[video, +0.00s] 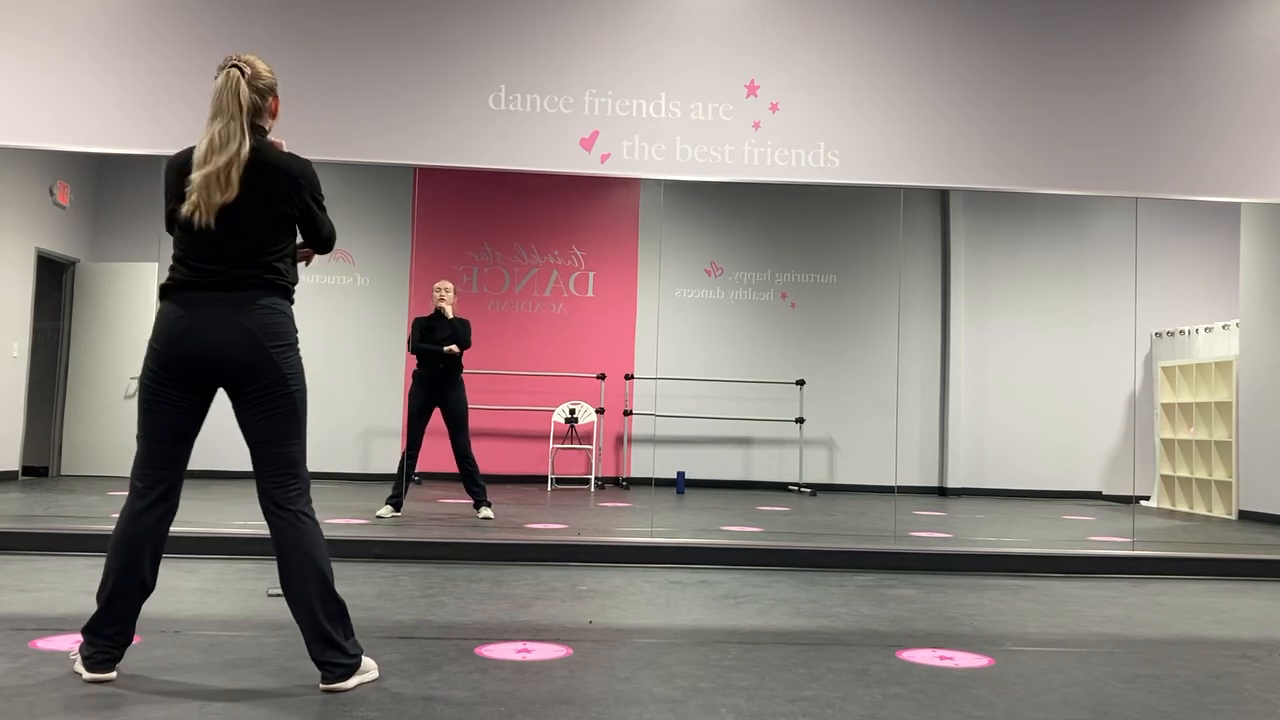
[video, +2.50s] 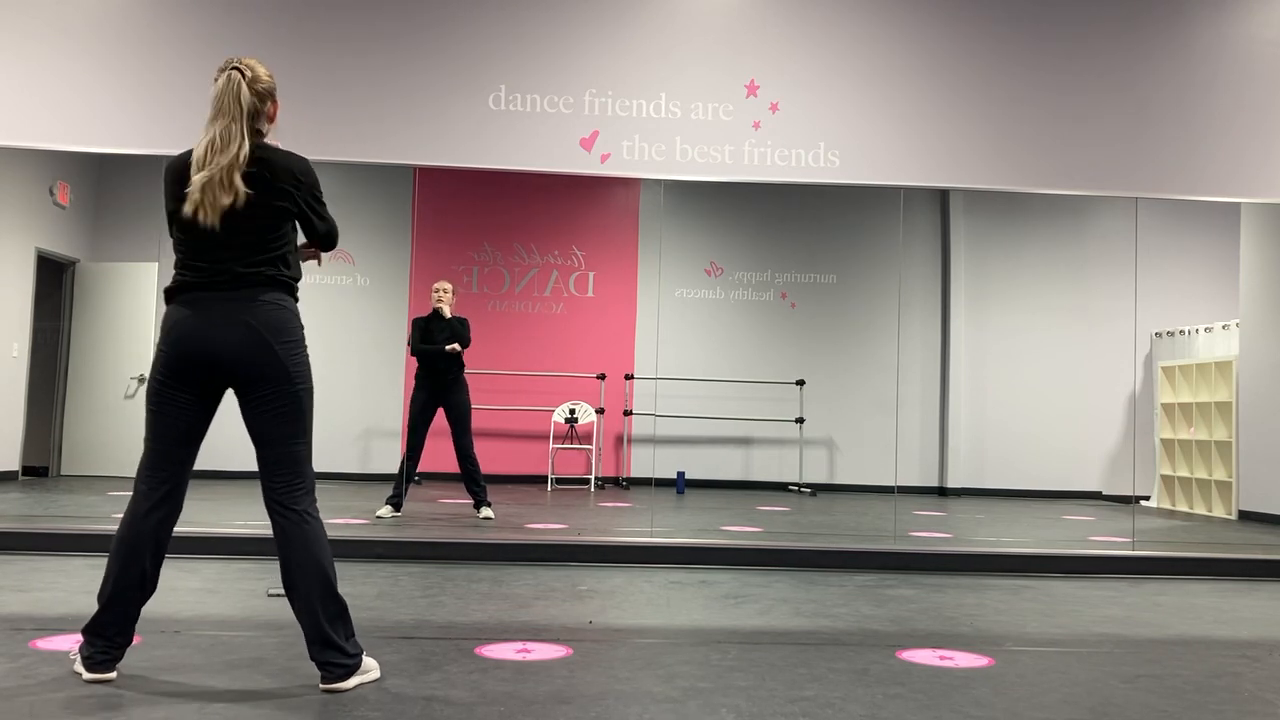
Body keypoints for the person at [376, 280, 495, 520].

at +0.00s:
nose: (441, 293)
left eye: (446, 290)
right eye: (438, 290)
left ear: (454, 298)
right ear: (432, 297)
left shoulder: (461, 324)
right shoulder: (420, 322)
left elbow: (465, 344)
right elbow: (414, 347)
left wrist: (451, 317)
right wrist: (443, 349)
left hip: (452, 388)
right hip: (423, 387)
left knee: (462, 447)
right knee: (411, 447)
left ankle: (482, 504)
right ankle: (394, 504)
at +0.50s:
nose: (442, 294)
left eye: (447, 291)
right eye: (439, 290)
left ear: (454, 298)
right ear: (431, 297)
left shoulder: (461, 323)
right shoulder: (420, 322)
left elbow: (466, 345)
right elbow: (415, 349)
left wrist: (451, 318)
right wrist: (446, 351)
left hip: (455, 389)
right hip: (426, 389)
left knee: (465, 448)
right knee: (412, 449)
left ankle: (482, 504)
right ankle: (394, 504)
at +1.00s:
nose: (443, 293)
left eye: (447, 290)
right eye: (439, 290)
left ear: (456, 298)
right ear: (433, 297)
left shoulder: (464, 323)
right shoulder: (422, 322)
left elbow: (466, 343)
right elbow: (415, 346)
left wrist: (452, 316)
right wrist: (443, 347)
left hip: (453, 388)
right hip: (423, 387)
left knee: (463, 448)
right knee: (412, 448)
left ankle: (482, 504)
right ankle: (394, 504)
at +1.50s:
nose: (443, 294)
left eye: (448, 291)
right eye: (440, 291)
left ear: (455, 298)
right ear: (433, 296)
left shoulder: (462, 323)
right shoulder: (421, 323)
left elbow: (468, 347)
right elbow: (416, 351)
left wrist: (453, 318)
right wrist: (449, 353)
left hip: (455, 390)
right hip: (426, 389)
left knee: (465, 447)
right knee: (413, 449)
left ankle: (482, 504)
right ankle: (394, 504)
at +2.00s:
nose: (441, 294)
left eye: (447, 291)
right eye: (438, 291)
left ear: (455, 298)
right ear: (432, 296)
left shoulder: (462, 322)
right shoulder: (421, 322)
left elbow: (466, 341)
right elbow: (416, 347)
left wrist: (450, 316)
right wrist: (446, 348)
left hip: (453, 389)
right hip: (424, 389)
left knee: (463, 448)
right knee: (412, 449)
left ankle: (482, 504)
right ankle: (394, 504)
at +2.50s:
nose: (439, 294)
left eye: (445, 291)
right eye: (436, 291)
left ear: (453, 298)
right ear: (430, 297)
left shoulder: (460, 323)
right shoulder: (420, 322)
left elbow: (464, 342)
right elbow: (415, 349)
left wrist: (448, 317)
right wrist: (444, 348)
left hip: (455, 389)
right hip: (425, 389)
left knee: (465, 447)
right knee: (412, 448)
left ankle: (482, 504)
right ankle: (394, 504)